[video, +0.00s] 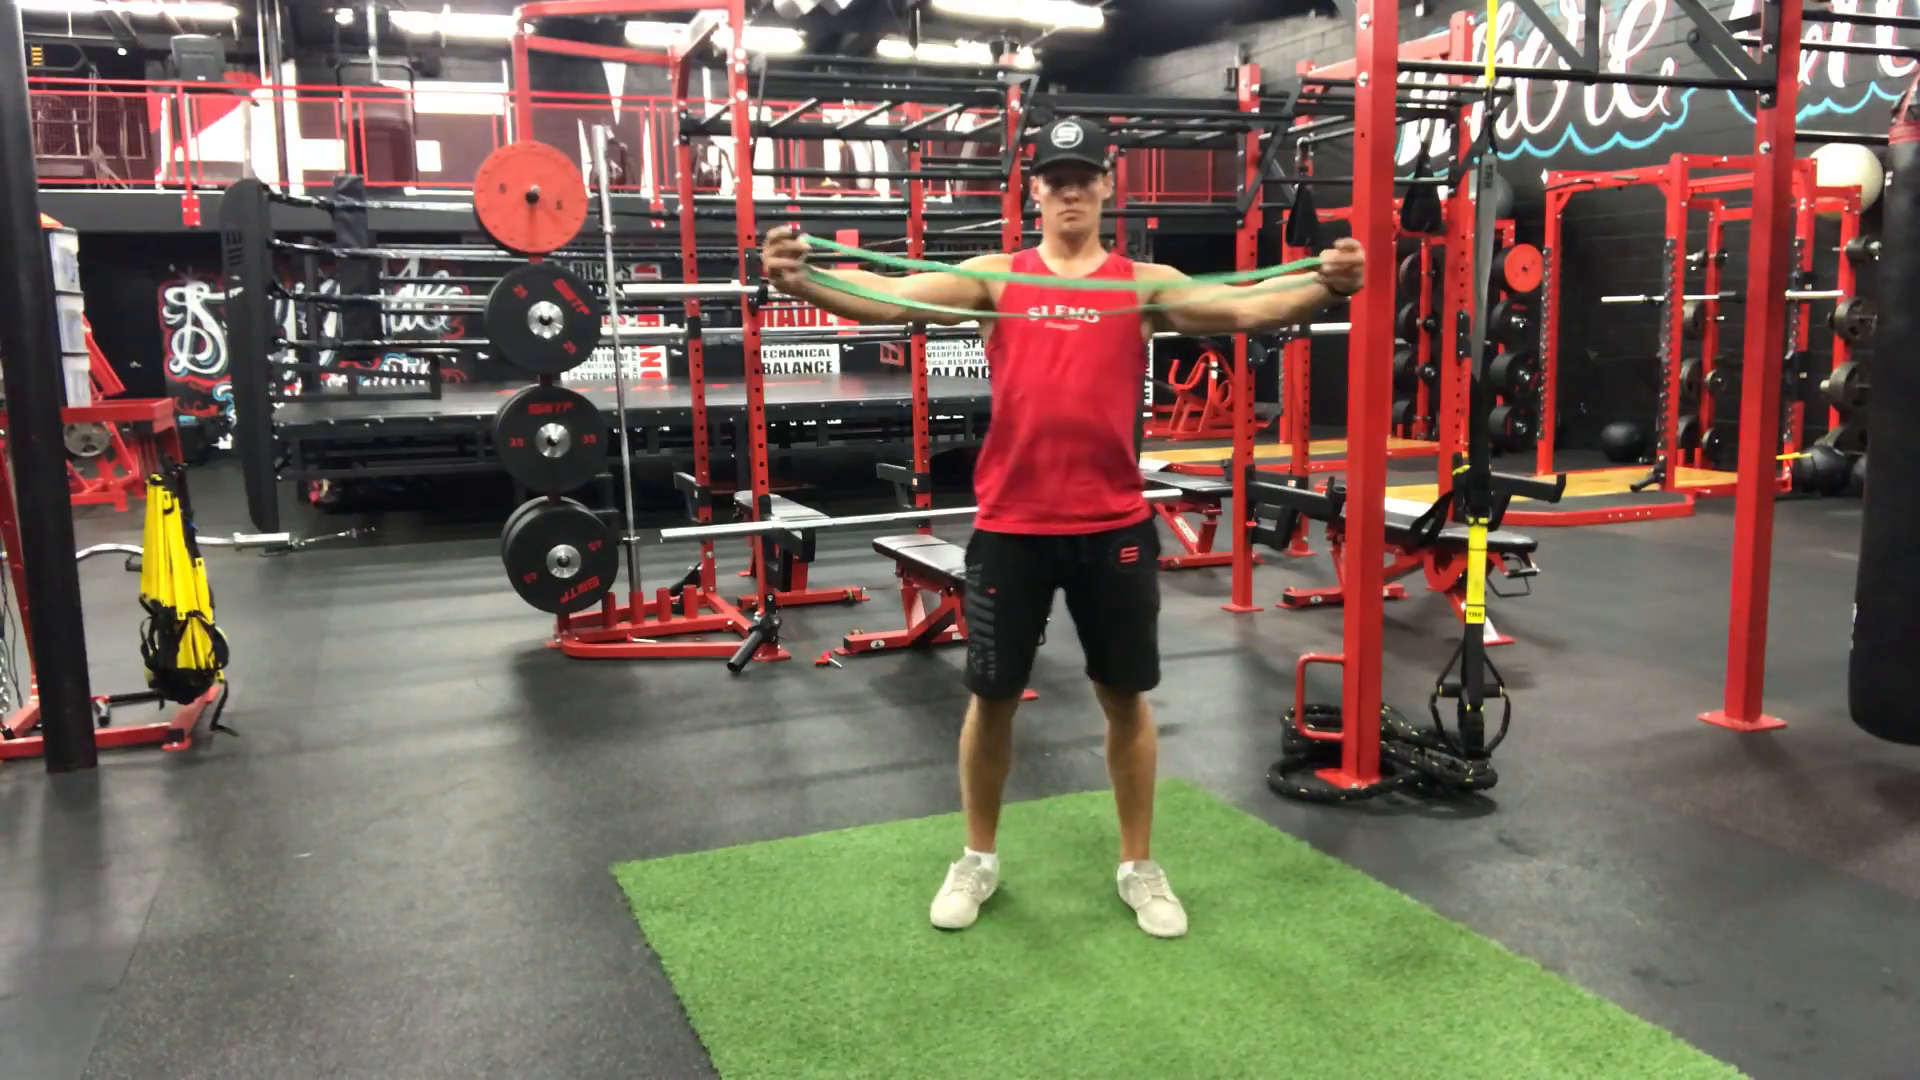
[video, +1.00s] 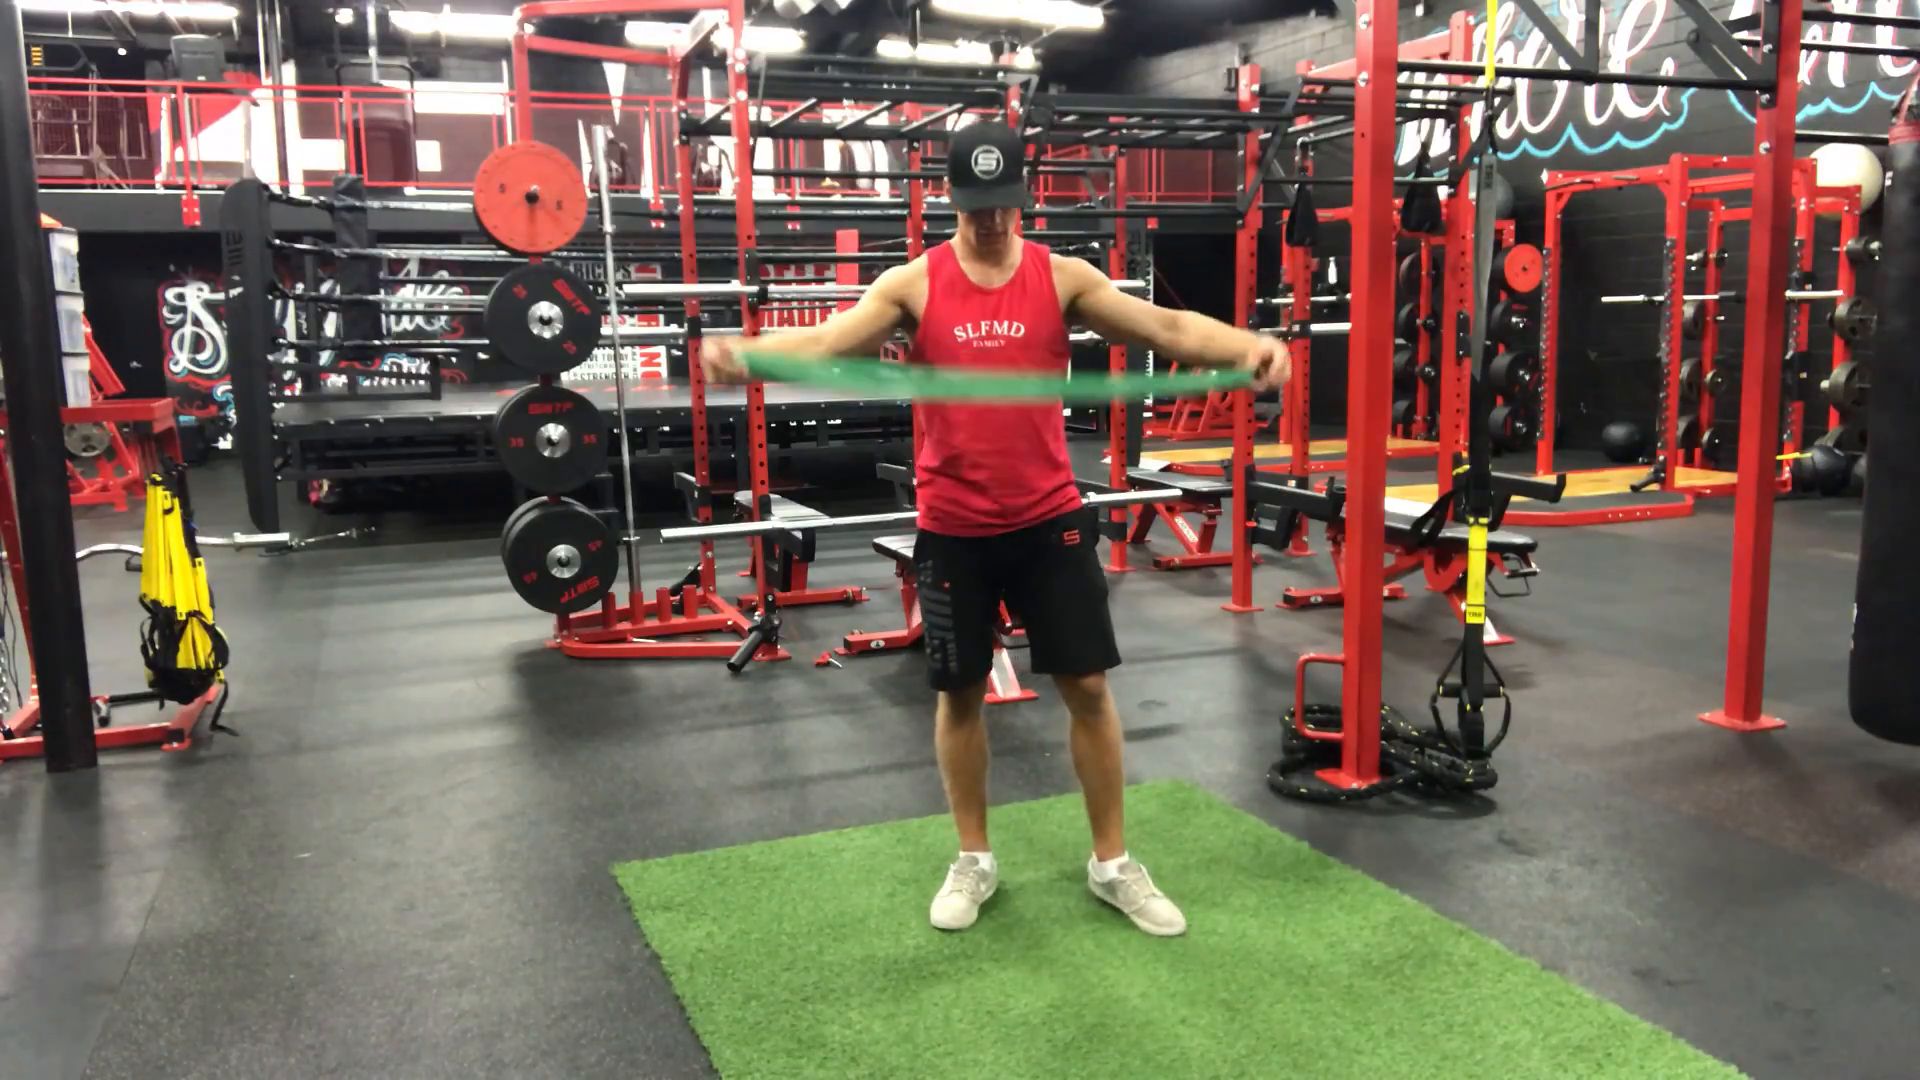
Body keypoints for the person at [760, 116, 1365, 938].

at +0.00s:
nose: (1071, 195)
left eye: (1085, 180)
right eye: (1057, 181)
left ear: (1108, 190)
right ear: (1035, 191)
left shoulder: (1141, 281)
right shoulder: (996, 275)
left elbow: (1245, 306)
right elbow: (896, 301)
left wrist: (1329, 282)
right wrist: (801, 279)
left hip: (1112, 523)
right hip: (1010, 524)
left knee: (1128, 703)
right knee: (990, 698)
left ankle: (1139, 865)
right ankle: (976, 859)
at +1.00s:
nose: (990, 219)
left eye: (1002, 204)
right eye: (975, 205)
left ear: (1023, 195)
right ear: (950, 199)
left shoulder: (1063, 278)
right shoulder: (913, 283)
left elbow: (1167, 327)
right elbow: (825, 342)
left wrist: (1250, 344)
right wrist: (746, 353)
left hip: (1051, 514)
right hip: (955, 524)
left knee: (1088, 687)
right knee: (960, 696)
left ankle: (1111, 860)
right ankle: (973, 858)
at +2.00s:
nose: (1061, 706)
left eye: (1072, 695)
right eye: (1052, 694)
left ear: (1104, 654)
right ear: (1027, 650)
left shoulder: (1147, 638)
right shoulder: (977, 640)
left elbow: (1219, 725)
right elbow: (903, 719)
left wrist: (1286, 825)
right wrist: (838, 818)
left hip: (1097, 540)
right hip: (1001, 544)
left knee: (1165, 687)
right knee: (962, 696)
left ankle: (1131, 823)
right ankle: (992, 831)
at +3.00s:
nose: (1013, 358)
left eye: (1023, 341)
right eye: (997, 347)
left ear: (1039, 314)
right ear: (968, 324)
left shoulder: (1085, 344)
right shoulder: (929, 377)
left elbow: (1121, 410)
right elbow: (901, 477)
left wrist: (1144, 490)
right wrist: (883, 579)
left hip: (1088, 513)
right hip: (994, 531)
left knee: (1153, 641)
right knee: (983, 683)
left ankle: (1192, 827)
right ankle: (995, 829)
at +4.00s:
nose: (1137, 284)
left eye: (1153, 271)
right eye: (1127, 268)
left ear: (1184, 254)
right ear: (1111, 242)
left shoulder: (1216, 313)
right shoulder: (1061, 290)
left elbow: (1253, 412)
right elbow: (998, 383)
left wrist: (1298, 509)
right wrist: (949, 486)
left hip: (1145, 531)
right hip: (1044, 524)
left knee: (1179, 690)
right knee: (979, 674)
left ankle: (1189, 854)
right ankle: (912, 832)